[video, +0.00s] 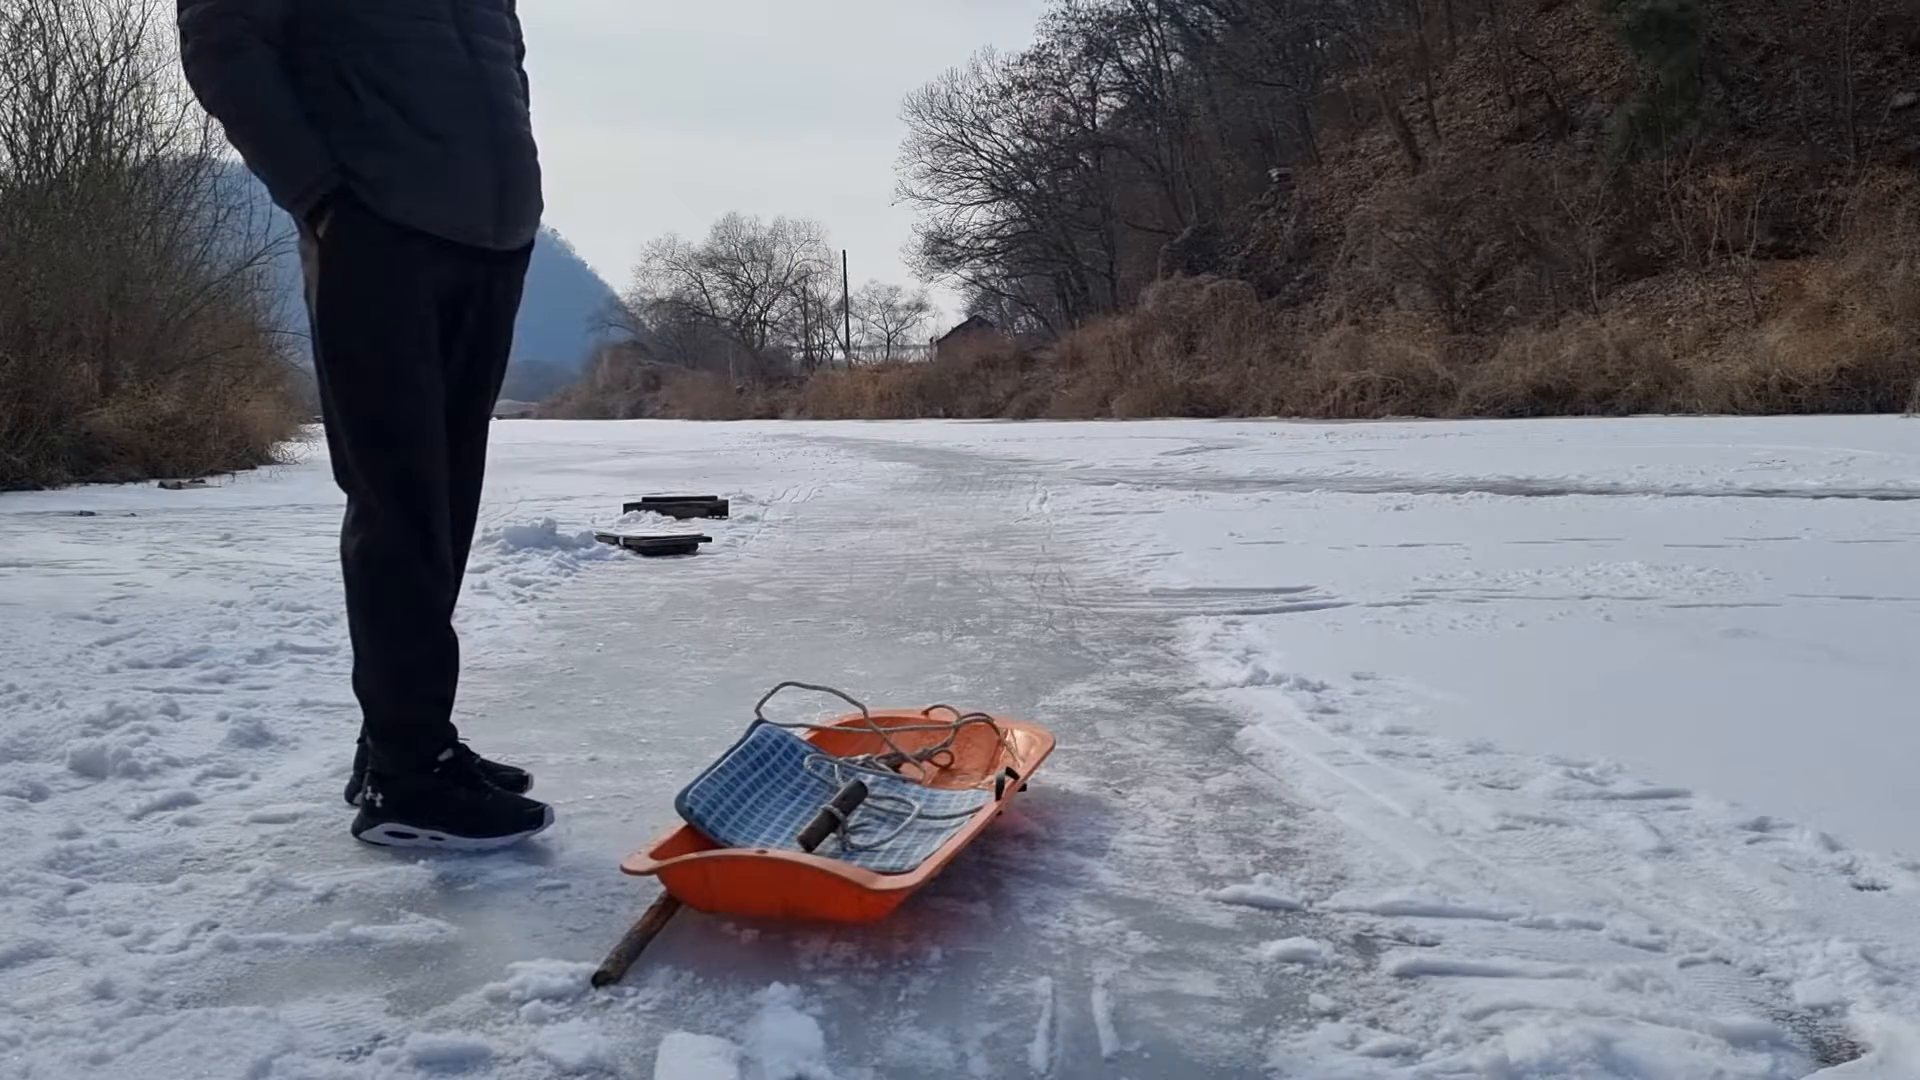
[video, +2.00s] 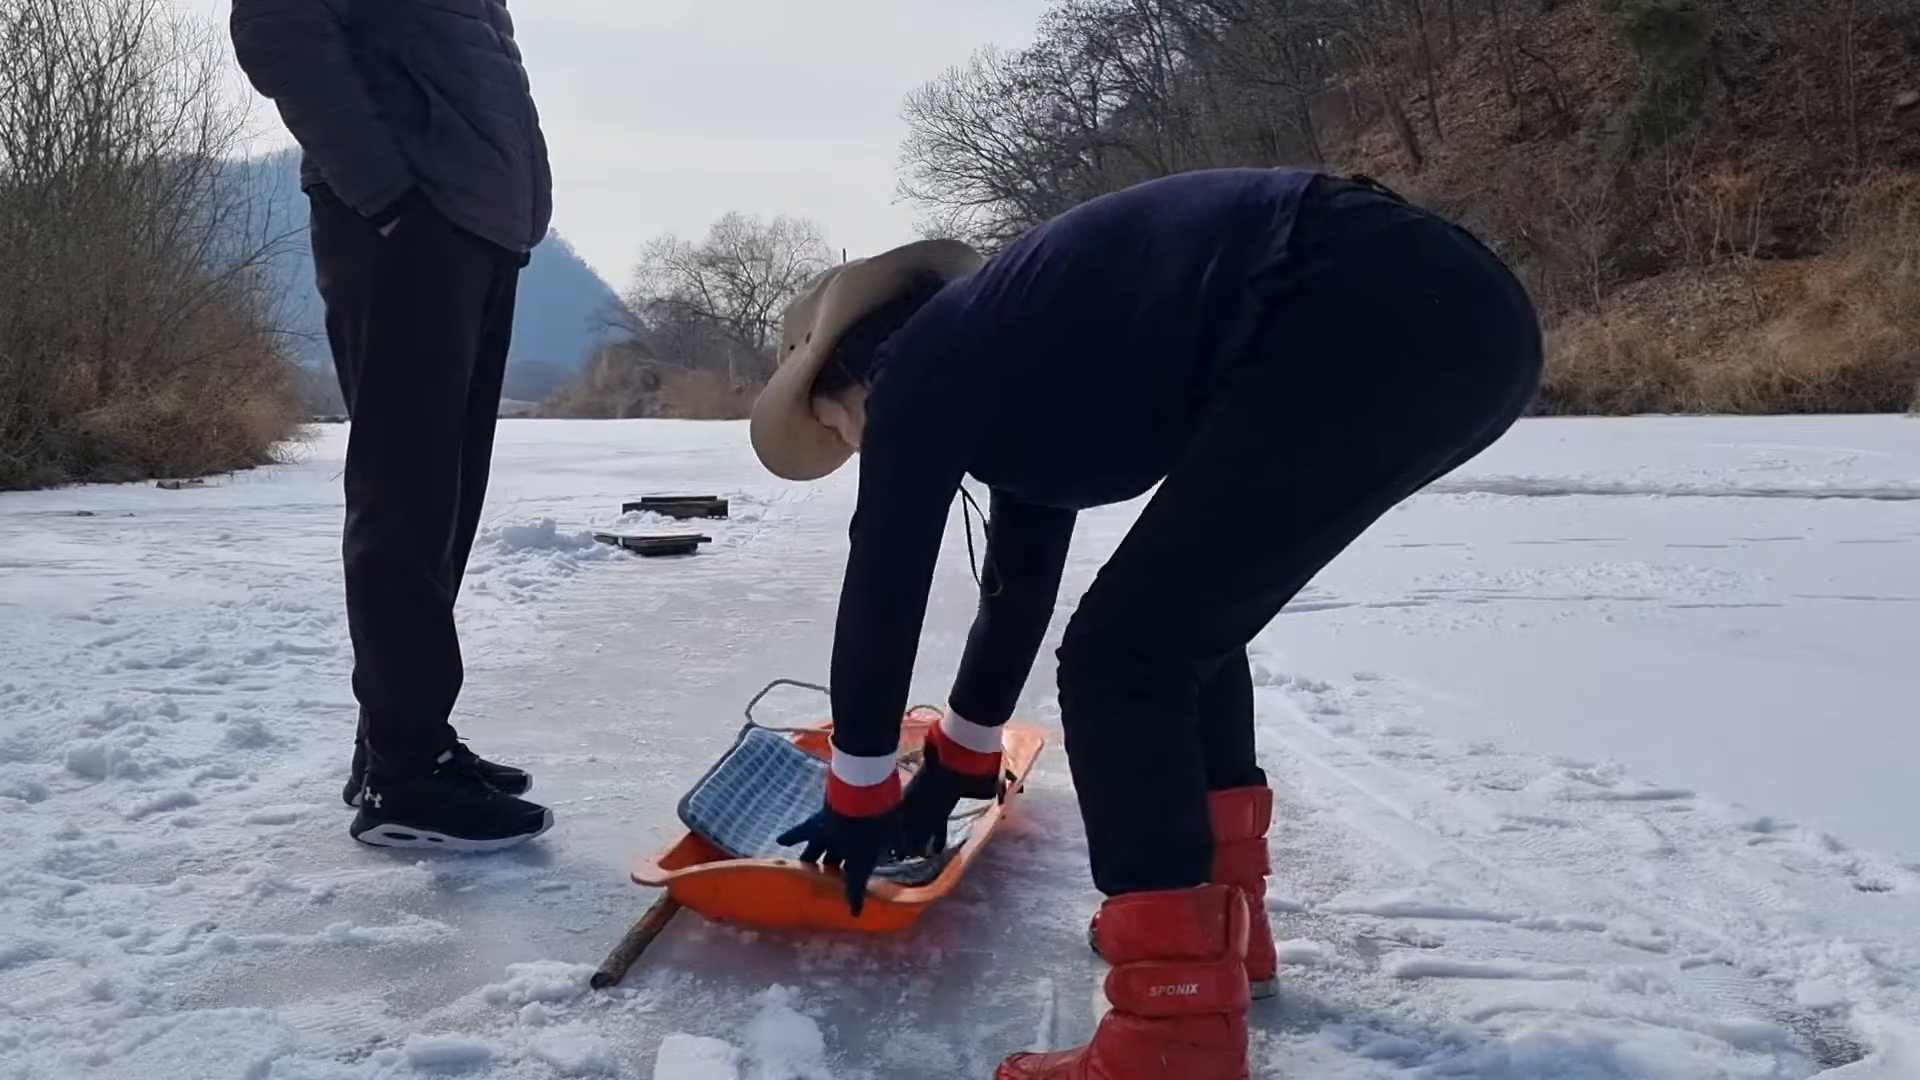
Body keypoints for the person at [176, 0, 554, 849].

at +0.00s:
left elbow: (503, 40)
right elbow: (219, 38)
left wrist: (513, 173)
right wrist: (319, 199)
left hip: (495, 222)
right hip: (374, 214)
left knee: (446, 497)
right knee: (397, 498)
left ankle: (413, 747)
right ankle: (404, 772)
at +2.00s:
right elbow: (274, 26)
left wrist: (506, 185)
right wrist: (383, 188)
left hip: (477, 219)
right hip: (402, 211)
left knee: (443, 494)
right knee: (403, 493)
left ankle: (416, 747)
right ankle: (401, 771)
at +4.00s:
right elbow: (270, 33)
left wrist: (513, 197)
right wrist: (387, 197)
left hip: (485, 232)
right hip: (408, 222)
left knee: (444, 501)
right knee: (403, 501)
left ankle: (418, 748)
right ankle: (400, 772)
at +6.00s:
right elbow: (251, 19)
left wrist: (502, 171)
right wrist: (399, 168)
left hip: (481, 209)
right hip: (414, 202)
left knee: (464, 487)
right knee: (412, 486)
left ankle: (434, 741)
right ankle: (406, 772)